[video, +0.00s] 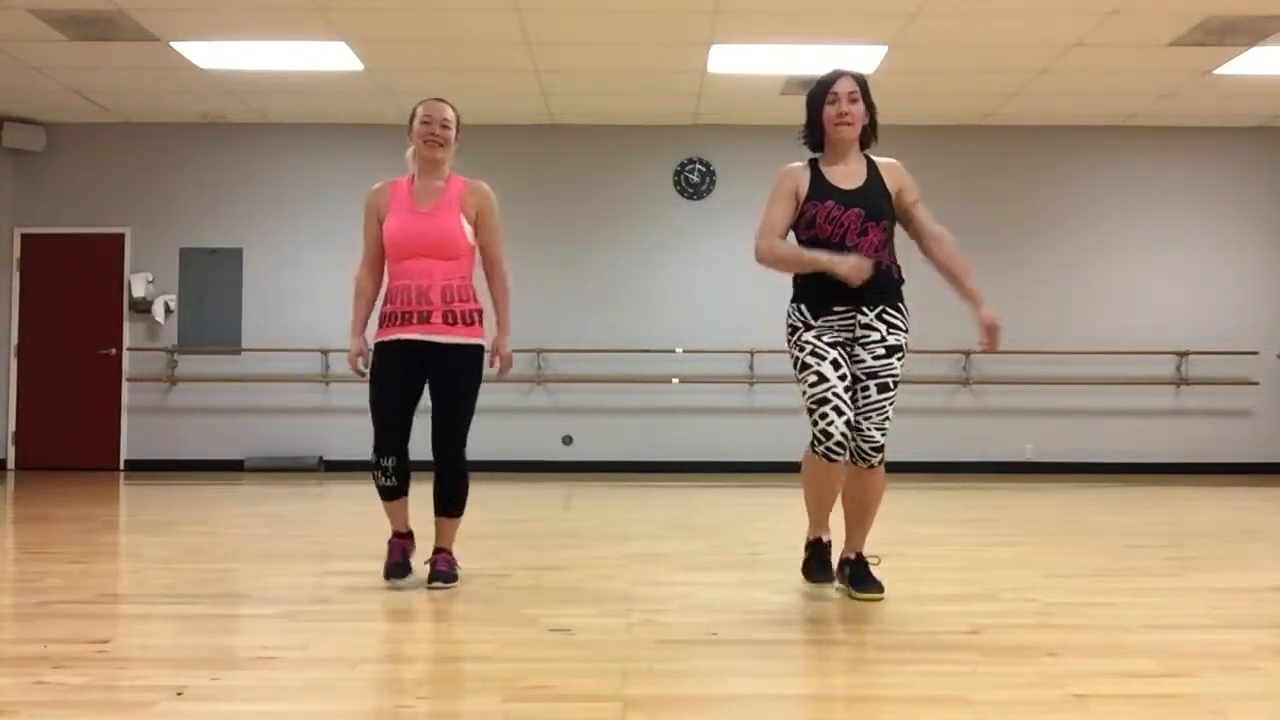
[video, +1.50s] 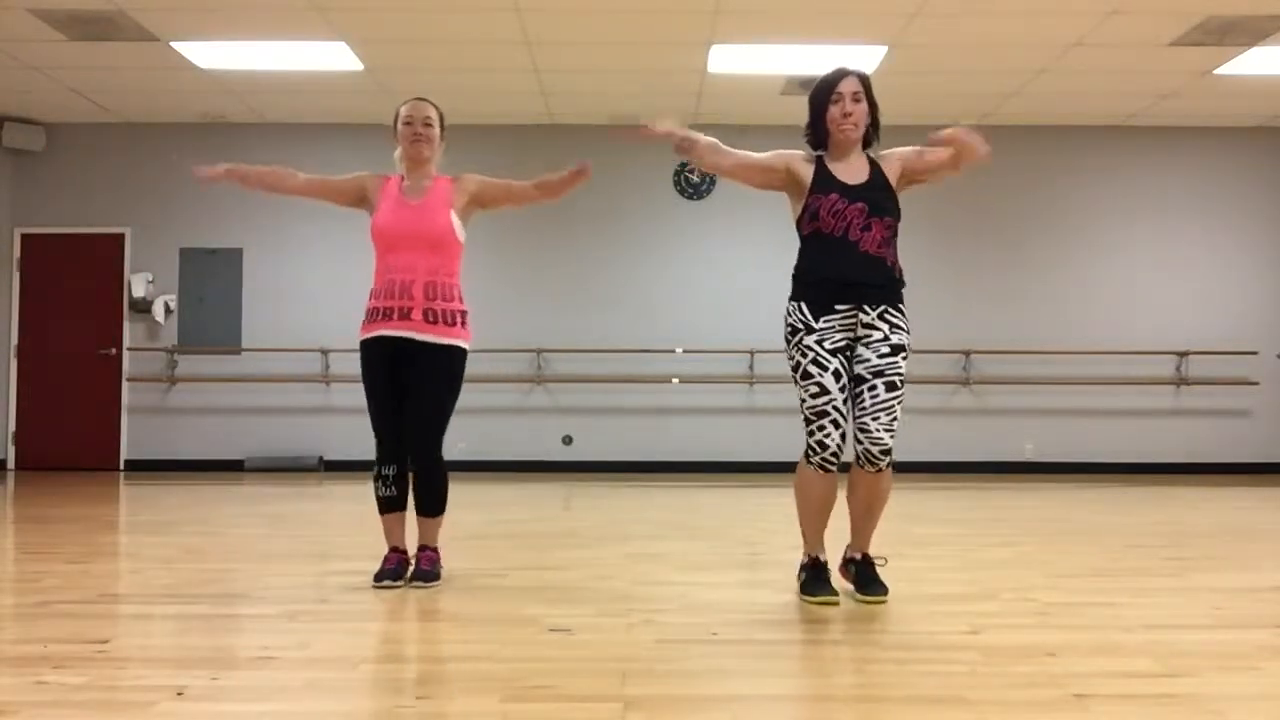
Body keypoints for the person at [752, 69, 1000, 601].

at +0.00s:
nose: (845, 108)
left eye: (854, 100)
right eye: (835, 101)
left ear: (869, 112)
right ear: (817, 114)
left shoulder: (891, 174)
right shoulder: (796, 177)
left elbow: (935, 241)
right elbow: (766, 249)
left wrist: (979, 304)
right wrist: (831, 260)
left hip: (881, 318)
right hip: (817, 319)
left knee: (870, 438)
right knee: (832, 431)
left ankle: (854, 556)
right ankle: (818, 539)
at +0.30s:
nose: (842, 109)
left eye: (850, 100)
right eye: (831, 101)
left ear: (864, 113)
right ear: (812, 114)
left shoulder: (882, 171)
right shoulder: (794, 167)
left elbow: (959, 191)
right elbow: (753, 191)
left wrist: (1037, 205)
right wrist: (796, 203)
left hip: (877, 317)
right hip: (813, 319)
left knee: (882, 439)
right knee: (833, 438)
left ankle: (855, 551)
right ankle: (817, 555)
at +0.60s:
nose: (851, 108)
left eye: (859, 100)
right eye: (840, 100)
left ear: (872, 113)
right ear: (821, 113)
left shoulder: (892, 173)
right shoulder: (801, 169)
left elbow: (974, 169)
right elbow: (731, 159)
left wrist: (920, 154)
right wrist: (661, 150)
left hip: (885, 321)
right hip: (821, 321)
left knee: (881, 441)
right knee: (834, 440)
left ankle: (861, 557)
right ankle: (819, 557)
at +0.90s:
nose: (851, 107)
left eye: (860, 98)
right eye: (840, 99)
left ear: (873, 110)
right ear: (822, 111)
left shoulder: (894, 170)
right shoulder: (801, 167)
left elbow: (976, 156)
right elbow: (724, 160)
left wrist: (903, 157)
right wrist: (652, 154)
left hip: (888, 317)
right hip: (823, 317)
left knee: (876, 441)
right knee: (849, 432)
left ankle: (859, 560)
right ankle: (814, 533)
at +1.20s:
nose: (846, 107)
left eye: (854, 98)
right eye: (835, 99)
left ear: (868, 110)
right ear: (817, 111)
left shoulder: (888, 174)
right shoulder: (795, 166)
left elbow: (970, 159)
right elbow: (718, 158)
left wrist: (895, 160)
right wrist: (647, 152)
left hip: (876, 317)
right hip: (811, 317)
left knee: (881, 438)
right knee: (823, 436)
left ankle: (859, 547)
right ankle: (809, 559)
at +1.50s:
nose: (847, 108)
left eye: (856, 99)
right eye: (837, 100)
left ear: (871, 111)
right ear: (820, 112)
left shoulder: (893, 164)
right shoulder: (798, 166)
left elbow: (964, 158)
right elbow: (730, 160)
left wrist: (962, 139)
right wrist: (684, 139)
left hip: (882, 317)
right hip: (817, 317)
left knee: (876, 441)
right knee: (827, 438)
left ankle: (859, 556)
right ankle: (813, 560)